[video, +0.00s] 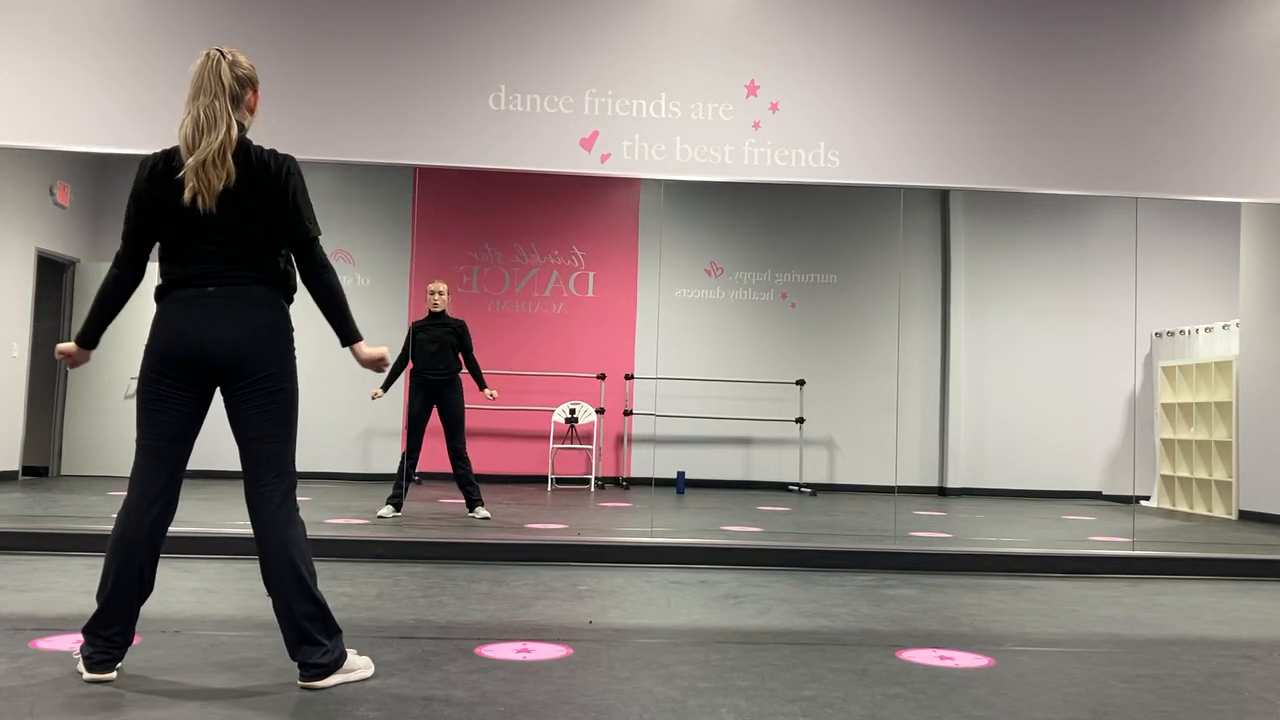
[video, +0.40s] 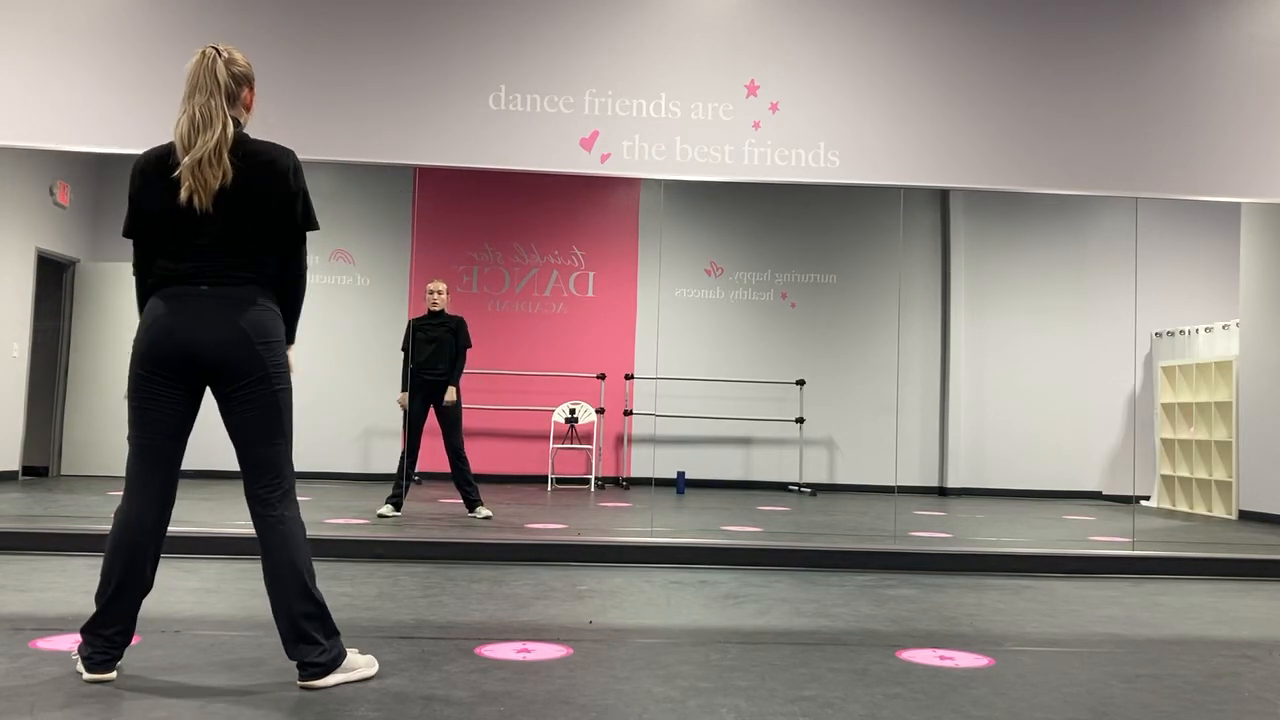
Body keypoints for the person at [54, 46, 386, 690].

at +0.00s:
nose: (260, 102)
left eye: (257, 91)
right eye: (258, 93)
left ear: (196, 95)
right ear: (246, 98)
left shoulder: (160, 169)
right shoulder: (277, 170)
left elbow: (129, 263)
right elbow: (313, 259)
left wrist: (85, 340)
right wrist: (354, 340)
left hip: (176, 332)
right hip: (258, 334)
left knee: (149, 490)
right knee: (273, 496)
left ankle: (102, 648)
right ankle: (318, 656)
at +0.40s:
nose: (256, 101)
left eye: (252, 90)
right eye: (254, 92)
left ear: (192, 94)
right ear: (244, 96)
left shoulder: (152, 165)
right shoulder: (277, 163)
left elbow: (145, 266)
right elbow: (292, 265)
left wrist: (155, 338)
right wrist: (282, 338)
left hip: (165, 324)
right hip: (250, 323)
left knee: (145, 487)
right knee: (273, 494)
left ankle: (101, 648)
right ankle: (317, 655)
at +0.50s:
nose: (256, 102)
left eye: (253, 92)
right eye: (254, 93)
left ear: (191, 94)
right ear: (245, 97)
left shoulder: (153, 164)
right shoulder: (276, 163)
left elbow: (147, 255)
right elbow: (297, 260)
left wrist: (176, 298)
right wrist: (256, 302)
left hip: (165, 323)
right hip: (249, 323)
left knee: (139, 488)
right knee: (280, 493)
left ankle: (97, 649)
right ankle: (321, 656)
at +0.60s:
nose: (260, 100)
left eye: (256, 89)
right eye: (257, 91)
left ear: (195, 92)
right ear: (246, 96)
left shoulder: (160, 161)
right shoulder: (277, 160)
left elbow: (157, 233)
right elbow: (298, 251)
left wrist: (223, 223)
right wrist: (246, 223)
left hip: (172, 322)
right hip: (254, 322)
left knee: (143, 486)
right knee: (289, 490)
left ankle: (97, 648)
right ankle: (338, 654)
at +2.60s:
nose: (277, 110)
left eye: (273, 100)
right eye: (275, 101)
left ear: (213, 102)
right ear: (264, 105)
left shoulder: (183, 167)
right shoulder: (286, 162)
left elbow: (184, 238)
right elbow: (323, 236)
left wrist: (281, 249)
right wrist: (299, 246)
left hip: (189, 325)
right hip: (268, 325)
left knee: (156, 487)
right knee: (291, 495)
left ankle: (100, 649)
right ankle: (338, 659)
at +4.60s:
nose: (284, 114)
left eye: (282, 104)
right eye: (282, 105)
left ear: (220, 105)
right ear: (269, 108)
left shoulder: (186, 170)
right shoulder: (288, 166)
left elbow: (194, 246)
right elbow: (328, 243)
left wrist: (296, 254)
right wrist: (315, 248)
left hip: (200, 331)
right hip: (277, 329)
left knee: (167, 490)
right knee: (298, 495)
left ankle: (101, 648)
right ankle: (338, 659)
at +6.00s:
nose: (285, 114)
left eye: (282, 104)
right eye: (284, 105)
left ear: (223, 107)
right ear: (272, 110)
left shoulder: (186, 166)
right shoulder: (294, 169)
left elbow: (201, 237)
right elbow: (329, 239)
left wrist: (295, 250)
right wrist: (298, 246)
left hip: (183, 327)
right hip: (264, 327)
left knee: (151, 490)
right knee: (289, 497)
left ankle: (101, 649)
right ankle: (338, 659)